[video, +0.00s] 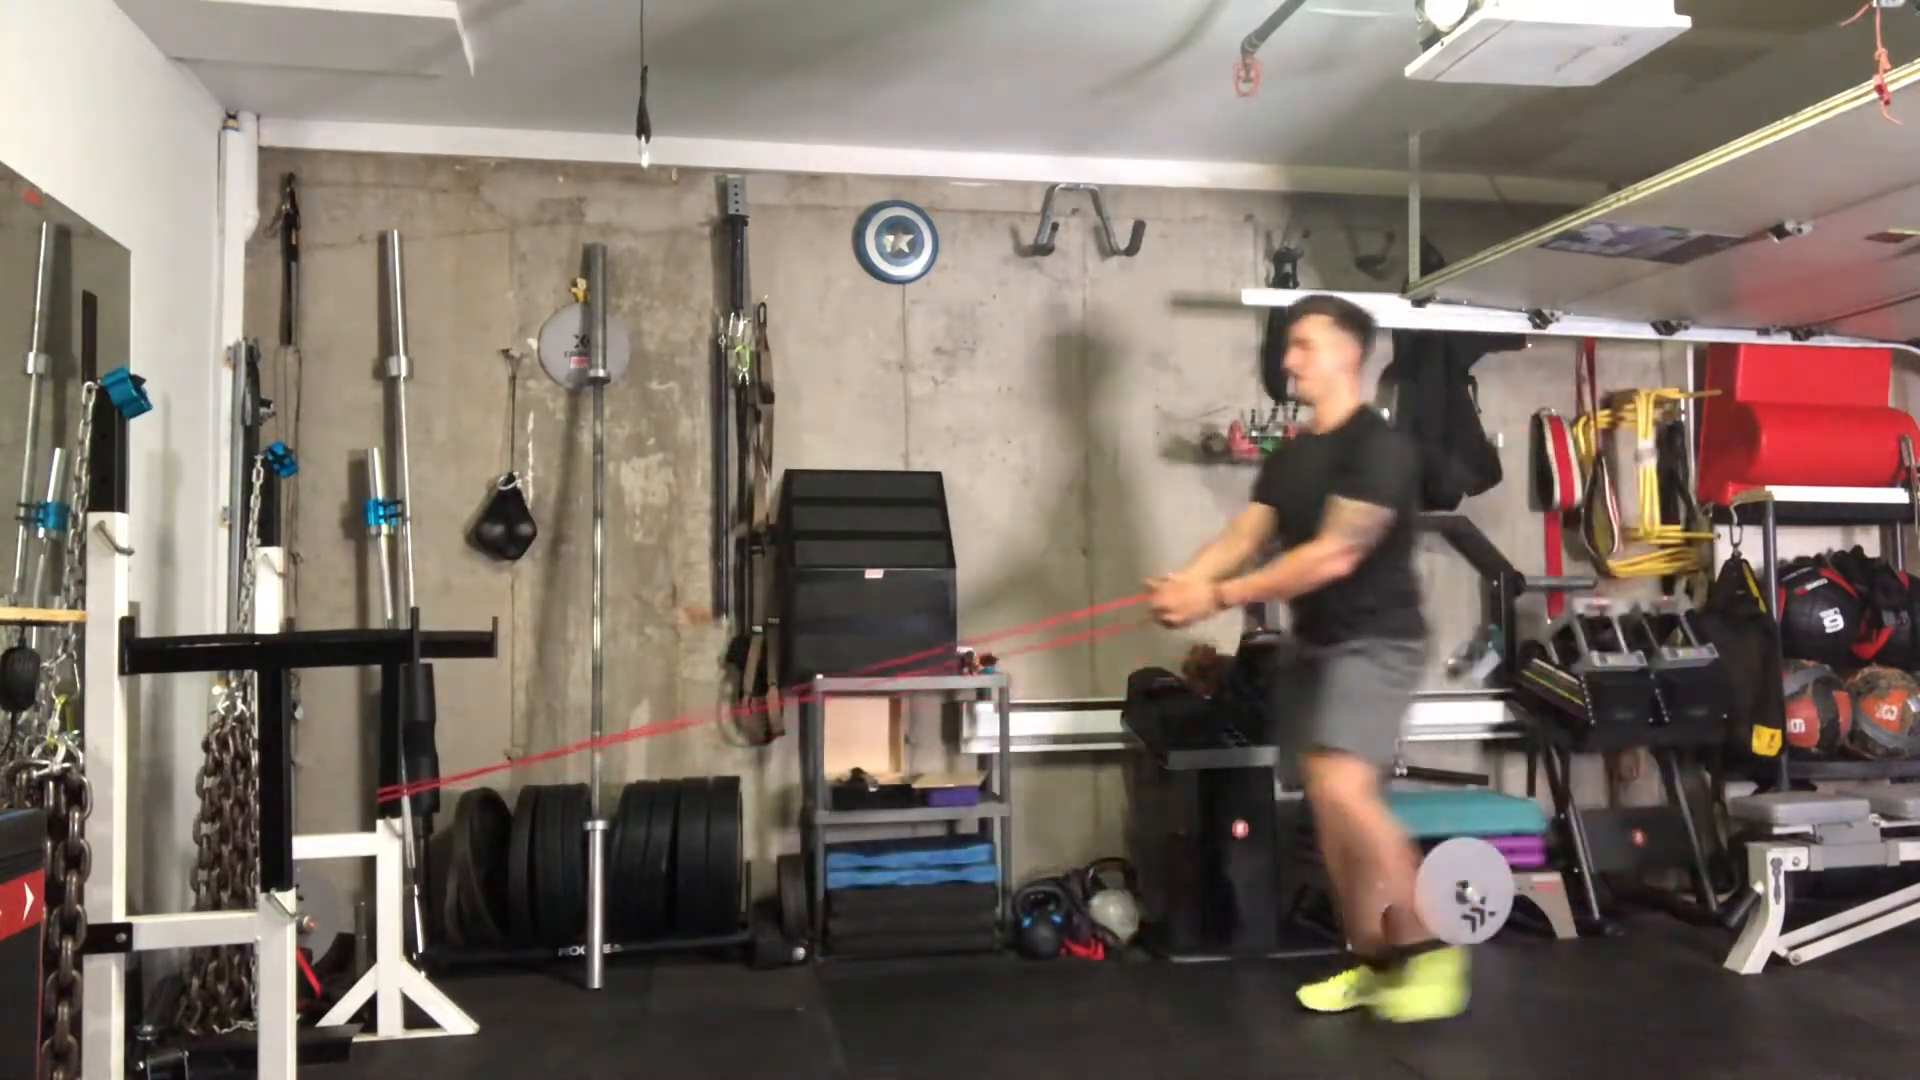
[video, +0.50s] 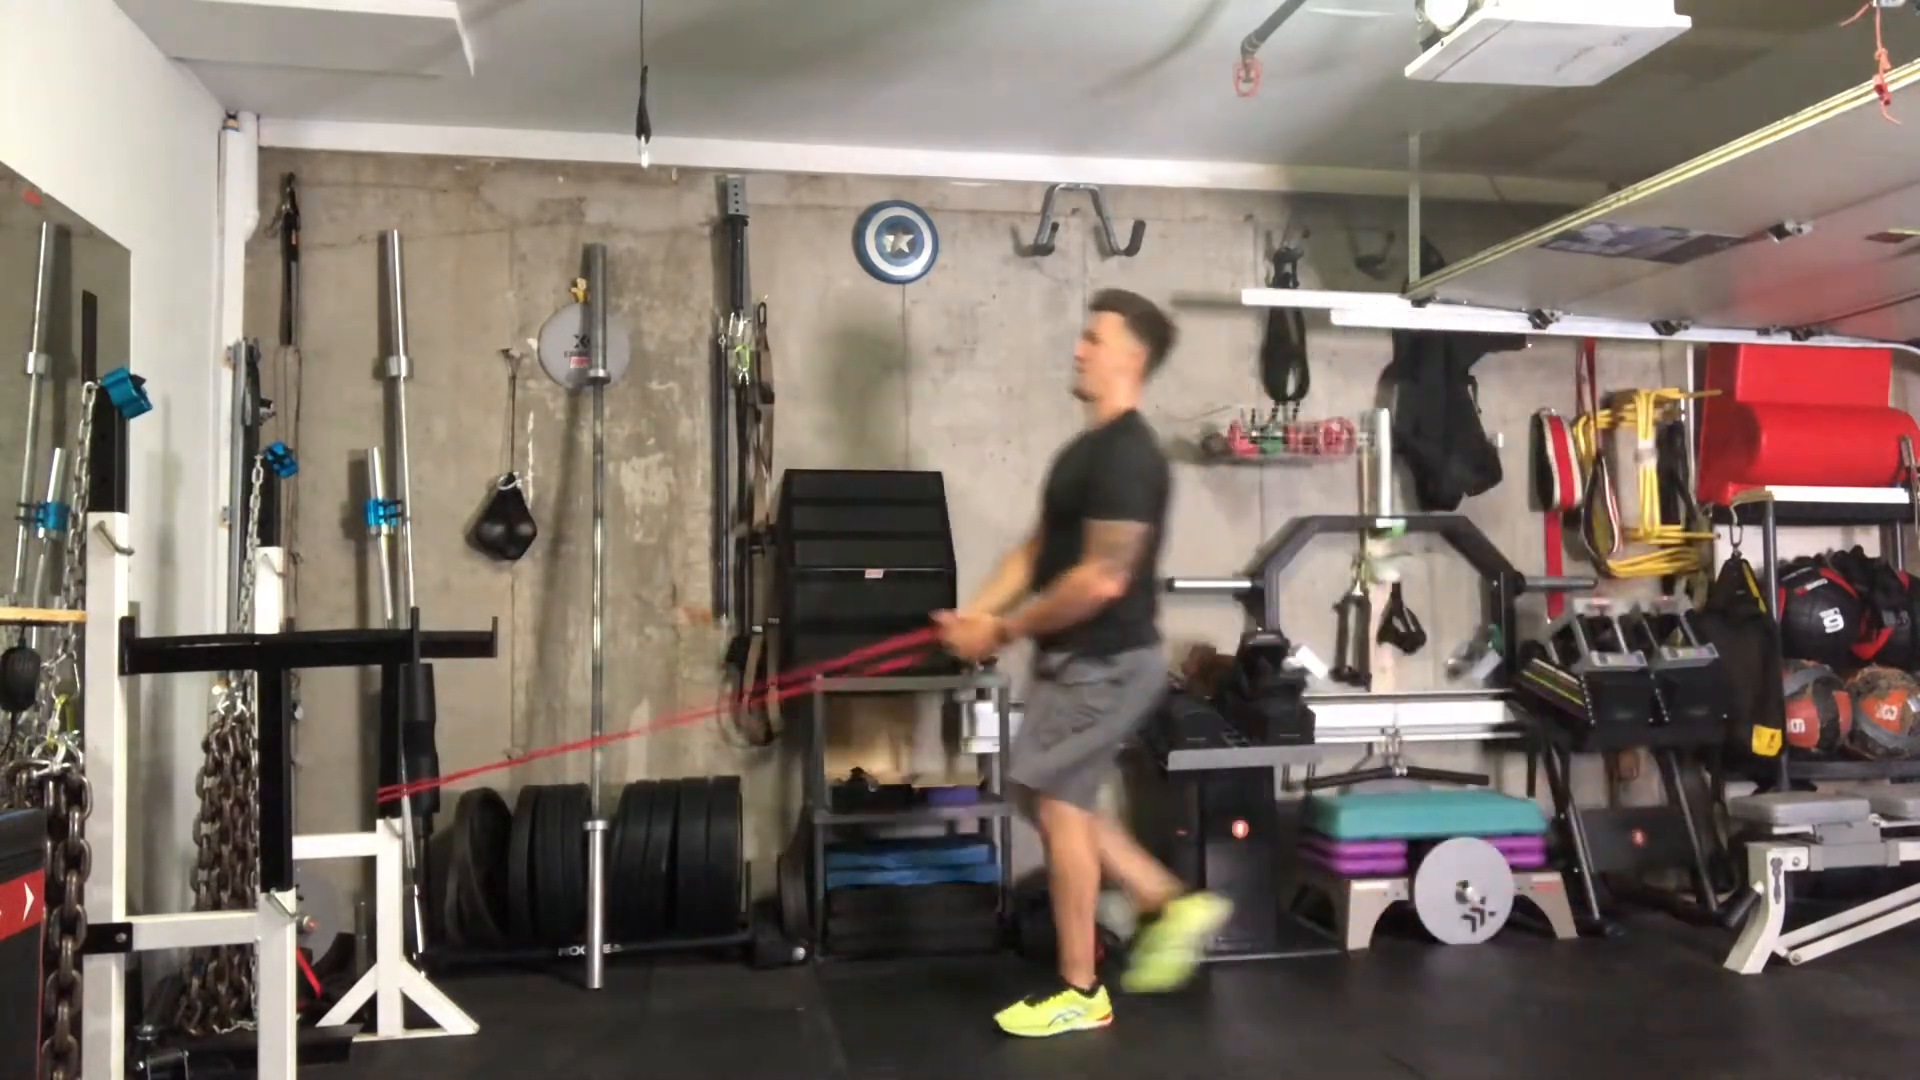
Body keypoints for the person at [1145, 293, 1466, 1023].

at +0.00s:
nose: (1291, 357)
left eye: (1307, 345)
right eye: (1288, 346)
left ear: (1354, 356)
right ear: (1288, 363)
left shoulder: (1382, 446)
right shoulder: (1291, 456)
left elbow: (1335, 554)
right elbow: (1245, 535)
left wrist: (1219, 595)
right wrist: (1188, 580)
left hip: (1377, 642)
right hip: (1317, 645)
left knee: (1340, 780)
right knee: (1328, 790)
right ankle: (1370, 958)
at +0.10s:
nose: (1254, 361)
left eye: (1267, 347)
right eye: (1253, 348)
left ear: (1313, 358)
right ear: (1263, 360)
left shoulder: (1338, 451)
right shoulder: (1250, 459)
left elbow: (1296, 560)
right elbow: (1209, 536)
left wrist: (1184, 598)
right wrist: (1151, 585)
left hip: (1328, 647)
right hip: (1275, 648)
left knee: (1264, 777)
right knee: (1315, 797)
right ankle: (1373, 962)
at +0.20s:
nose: (1212, 367)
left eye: (1227, 355)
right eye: (1213, 355)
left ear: (1274, 369)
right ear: (1228, 369)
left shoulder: (1289, 457)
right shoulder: (1215, 460)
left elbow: (1257, 572)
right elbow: (1173, 544)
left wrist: (1146, 614)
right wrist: (1113, 599)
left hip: (1276, 662)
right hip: (1236, 661)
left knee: (1205, 801)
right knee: (1294, 803)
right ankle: (1370, 956)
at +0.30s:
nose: (1166, 372)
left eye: (1182, 360)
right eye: (1169, 360)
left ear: (1225, 375)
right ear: (1193, 377)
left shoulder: (1236, 470)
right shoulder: (1171, 468)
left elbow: (1207, 591)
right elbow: (1128, 558)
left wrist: (1100, 634)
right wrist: (1073, 617)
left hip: (1210, 670)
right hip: (1178, 665)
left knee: (1136, 805)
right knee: (1229, 808)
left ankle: (1088, 987)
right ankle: (1353, 942)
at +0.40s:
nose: (1121, 365)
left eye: (1137, 354)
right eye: (1125, 352)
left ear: (1178, 371)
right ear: (1154, 371)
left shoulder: (1181, 470)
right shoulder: (1119, 467)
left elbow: (1155, 595)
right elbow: (1078, 562)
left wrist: (1050, 644)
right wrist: (1025, 628)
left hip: (1156, 669)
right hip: (1115, 666)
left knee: (1075, 798)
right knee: (1126, 812)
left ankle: (1080, 990)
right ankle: (1278, 906)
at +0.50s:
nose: (1078, 351)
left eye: (1095, 341)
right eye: (1083, 338)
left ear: (1136, 361)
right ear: (1105, 356)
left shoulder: (1130, 453)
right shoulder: (1081, 453)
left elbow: (1103, 580)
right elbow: (1037, 551)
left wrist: (1003, 628)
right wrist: (980, 613)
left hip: (1113, 663)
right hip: (1071, 658)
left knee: (1060, 801)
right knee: (1044, 791)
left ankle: (1081, 989)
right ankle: (1171, 902)